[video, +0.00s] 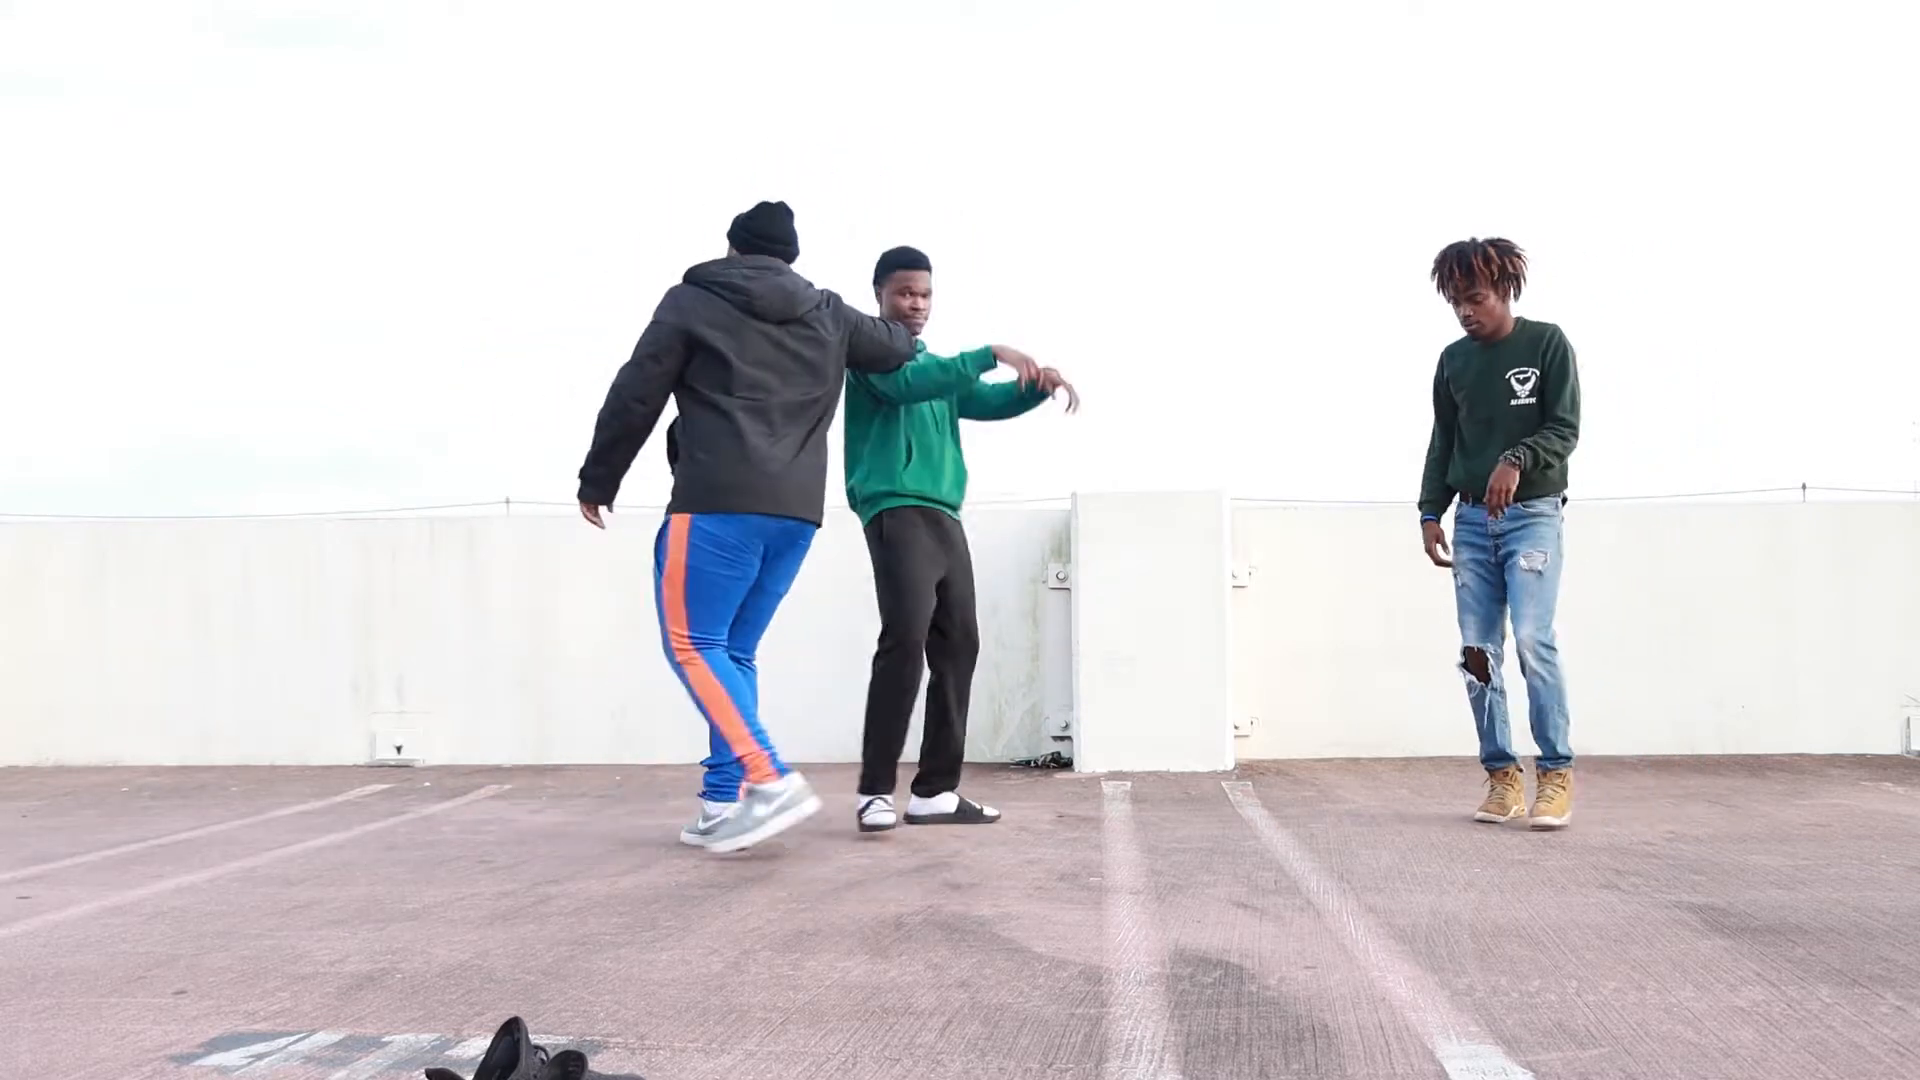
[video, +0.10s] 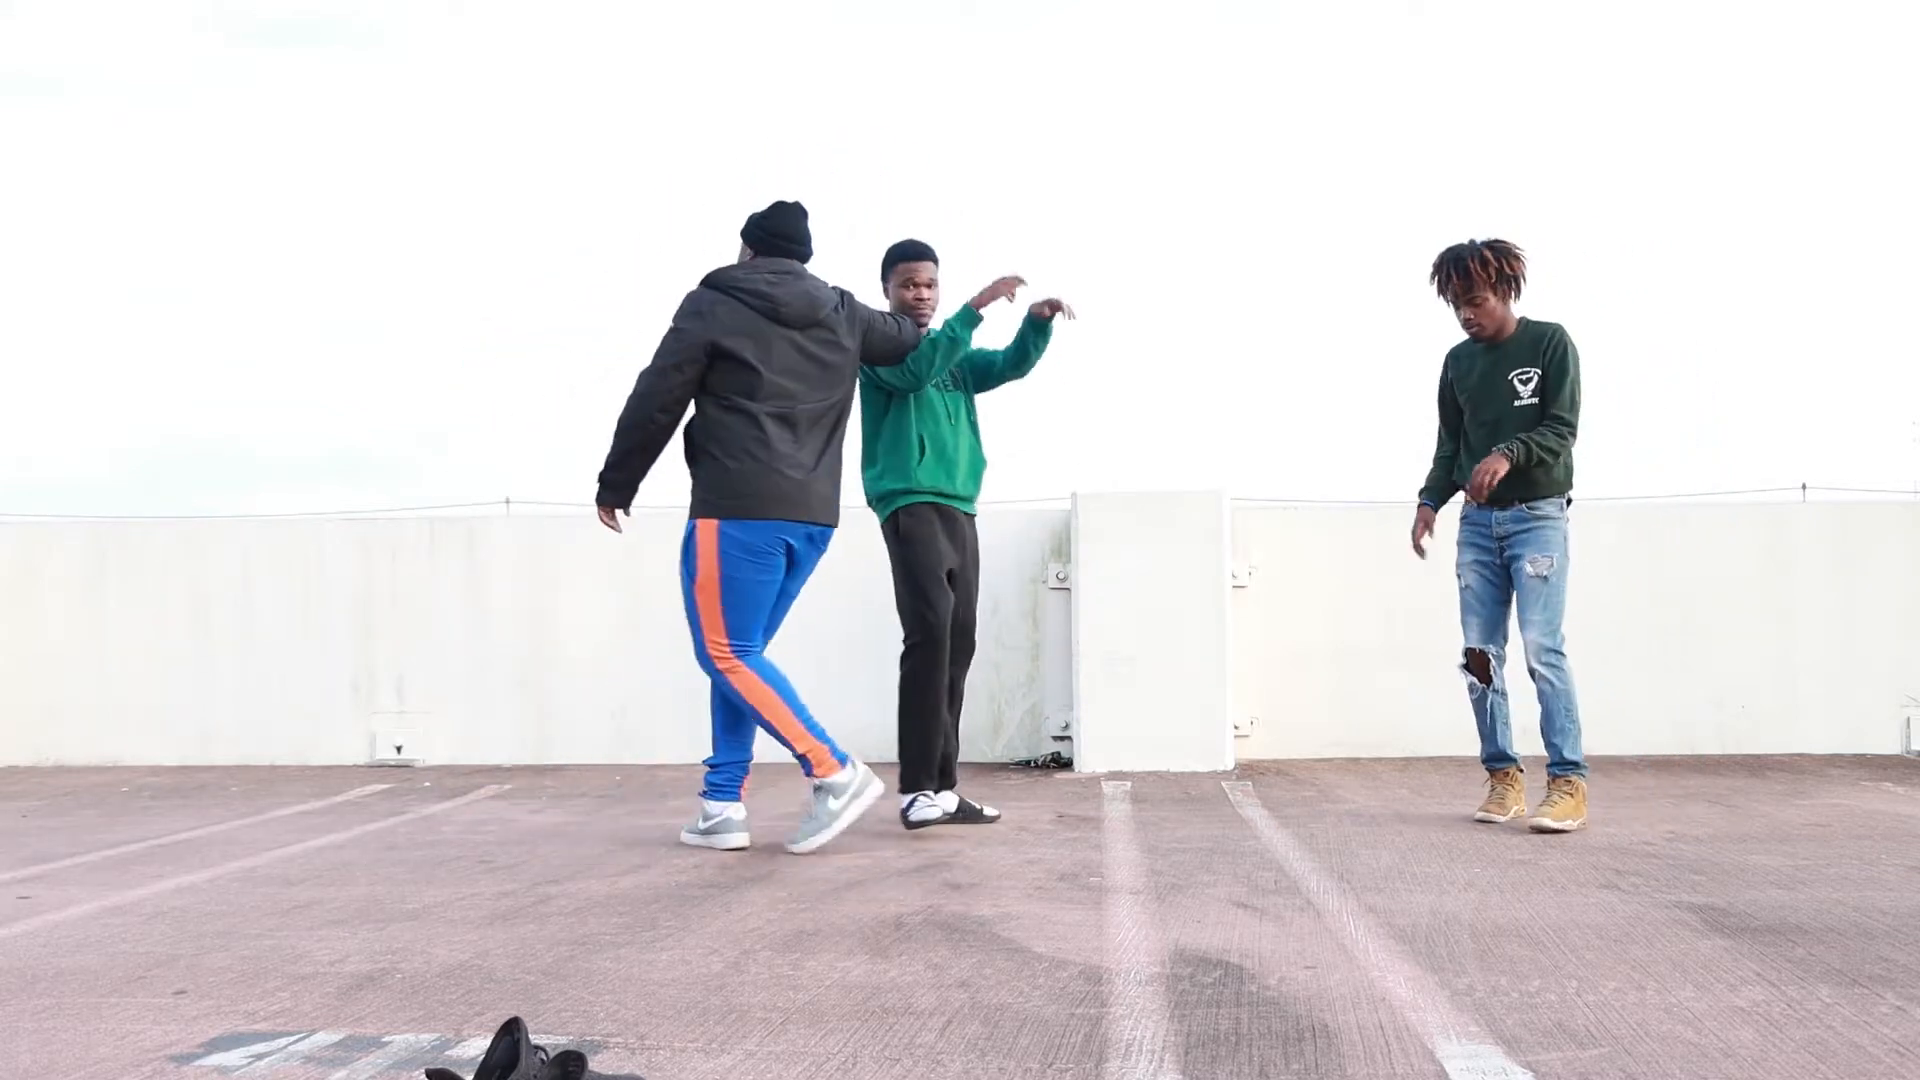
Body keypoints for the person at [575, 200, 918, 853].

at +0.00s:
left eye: (736, 244)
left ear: (732, 246)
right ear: (791, 255)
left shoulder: (694, 301)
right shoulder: (827, 313)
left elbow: (639, 390)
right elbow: (893, 348)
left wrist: (600, 477)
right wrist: (901, 330)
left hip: (716, 500)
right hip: (797, 508)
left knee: (690, 644)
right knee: (737, 652)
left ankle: (771, 783)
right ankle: (721, 803)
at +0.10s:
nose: (736, 257)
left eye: (740, 248)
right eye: (744, 250)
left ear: (748, 249)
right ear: (802, 255)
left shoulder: (716, 302)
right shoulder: (839, 310)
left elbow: (659, 394)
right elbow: (904, 337)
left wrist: (618, 482)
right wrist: (898, 317)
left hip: (736, 507)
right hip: (814, 515)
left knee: (724, 652)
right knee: (739, 654)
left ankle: (837, 775)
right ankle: (723, 804)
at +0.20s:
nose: (746, 258)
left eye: (750, 248)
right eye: (752, 248)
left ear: (764, 253)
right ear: (812, 258)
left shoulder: (739, 310)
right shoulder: (852, 310)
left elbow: (682, 404)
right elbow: (906, 340)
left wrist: (630, 491)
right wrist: (930, 302)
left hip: (765, 515)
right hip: (832, 518)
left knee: (768, 659)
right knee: (738, 651)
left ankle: (860, 797)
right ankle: (725, 803)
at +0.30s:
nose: (752, 251)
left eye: (759, 241)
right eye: (756, 240)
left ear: (784, 247)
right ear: (813, 251)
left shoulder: (766, 313)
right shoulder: (864, 305)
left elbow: (715, 412)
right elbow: (908, 335)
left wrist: (650, 496)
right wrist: (930, 303)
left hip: (800, 508)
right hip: (845, 505)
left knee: (798, 657)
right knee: (751, 645)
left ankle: (869, 806)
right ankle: (733, 797)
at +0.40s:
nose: (766, 243)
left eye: (777, 233)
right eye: (769, 232)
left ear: (814, 243)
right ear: (820, 245)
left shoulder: (805, 315)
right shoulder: (871, 301)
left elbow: (757, 420)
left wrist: (687, 503)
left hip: (828, 508)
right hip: (814, 509)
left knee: (821, 651)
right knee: (765, 634)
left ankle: (870, 807)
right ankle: (792, 792)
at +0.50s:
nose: (800, 242)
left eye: (814, 232)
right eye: (797, 231)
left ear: (852, 242)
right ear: (804, 238)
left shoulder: (855, 314)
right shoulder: (838, 301)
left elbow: (820, 418)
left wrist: (766, 503)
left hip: (857, 502)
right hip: (825, 500)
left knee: (834, 647)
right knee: (791, 636)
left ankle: (871, 808)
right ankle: (875, 773)